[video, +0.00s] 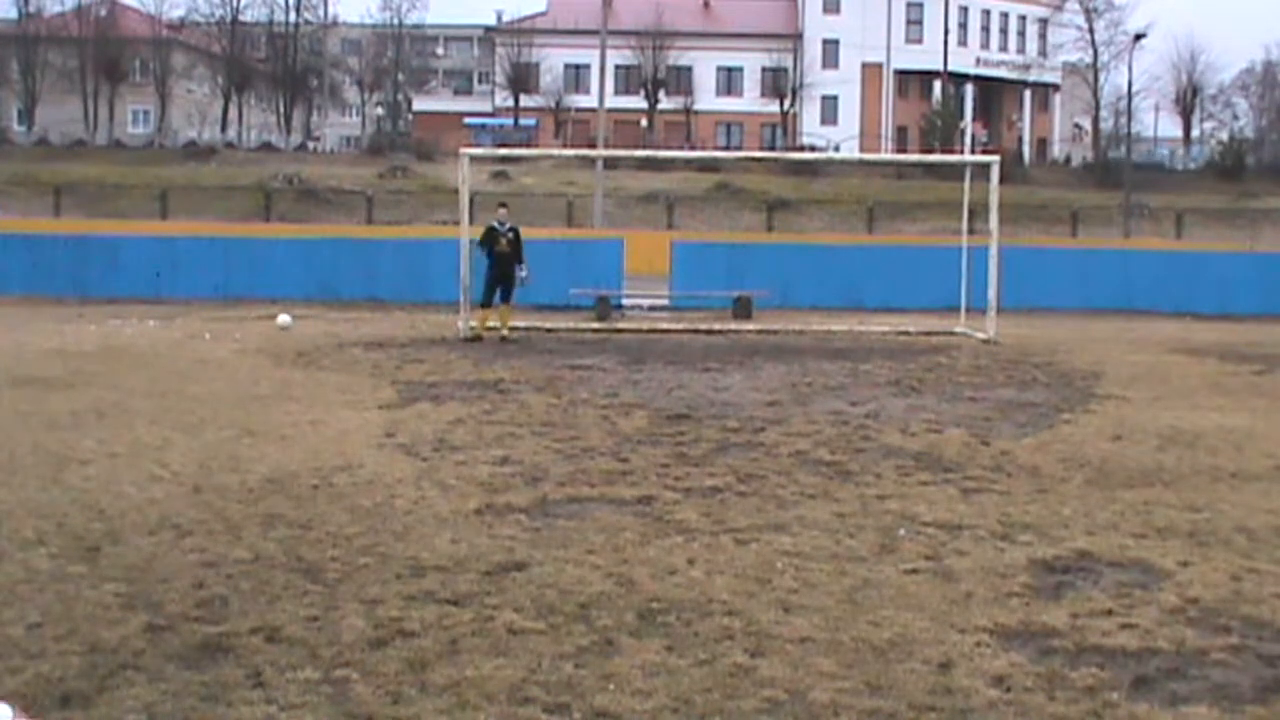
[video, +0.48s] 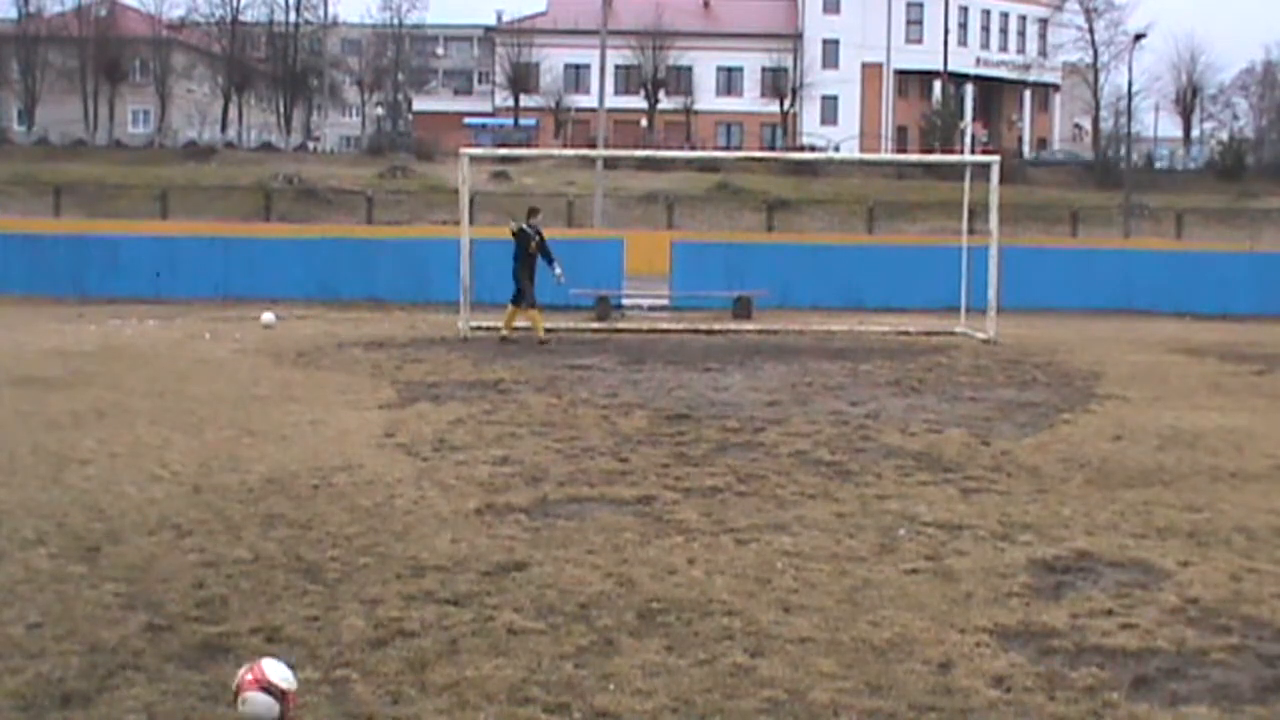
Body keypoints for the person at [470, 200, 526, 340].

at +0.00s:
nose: (503, 216)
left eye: (505, 213)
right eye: (500, 213)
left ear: (508, 214)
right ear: (496, 214)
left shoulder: (514, 231)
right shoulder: (491, 230)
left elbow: (518, 250)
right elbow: (482, 244)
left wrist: (521, 265)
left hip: (509, 268)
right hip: (494, 268)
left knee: (506, 300)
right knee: (487, 300)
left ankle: (504, 327)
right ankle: (481, 328)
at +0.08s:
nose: (507, 215)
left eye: (509, 212)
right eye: (504, 212)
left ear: (512, 214)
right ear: (500, 214)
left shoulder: (517, 231)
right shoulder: (495, 230)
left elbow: (523, 250)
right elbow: (496, 246)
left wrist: (527, 265)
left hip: (512, 268)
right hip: (498, 268)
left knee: (508, 301)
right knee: (490, 300)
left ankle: (504, 329)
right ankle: (483, 329)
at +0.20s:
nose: (516, 215)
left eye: (517, 212)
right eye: (513, 212)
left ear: (519, 214)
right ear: (507, 213)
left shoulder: (523, 230)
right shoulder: (503, 229)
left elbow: (530, 249)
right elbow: (497, 232)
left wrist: (535, 264)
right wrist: (496, 227)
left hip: (517, 268)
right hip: (504, 267)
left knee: (511, 301)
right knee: (500, 301)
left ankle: (505, 329)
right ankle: (497, 329)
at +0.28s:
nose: (523, 215)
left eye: (524, 213)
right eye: (521, 212)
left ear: (524, 214)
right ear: (514, 214)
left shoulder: (527, 230)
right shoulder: (508, 229)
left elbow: (533, 250)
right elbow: (501, 232)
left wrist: (541, 265)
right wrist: (502, 226)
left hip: (521, 266)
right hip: (508, 266)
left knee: (513, 301)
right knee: (509, 301)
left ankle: (507, 331)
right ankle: (505, 332)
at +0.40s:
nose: (533, 219)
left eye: (533, 216)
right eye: (531, 216)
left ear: (532, 218)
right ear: (525, 216)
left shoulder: (532, 232)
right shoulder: (516, 230)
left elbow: (540, 250)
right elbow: (510, 233)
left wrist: (549, 266)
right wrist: (509, 228)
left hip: (526, 267)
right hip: (515, 267)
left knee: (515, 300)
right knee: (522, 298)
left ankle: (505, 329)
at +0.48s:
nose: (539, 221)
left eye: (539, 218)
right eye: (537, 218)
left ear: (536, 218)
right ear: (532, 218)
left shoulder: (538, 234)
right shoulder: (521, 231)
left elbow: (545, 251)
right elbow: (517, 235)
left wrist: (555, 268)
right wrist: (515, 230)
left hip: (530, 270)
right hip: (521, 269)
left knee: (517, 301)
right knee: (530, 301)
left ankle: (505, 329)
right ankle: (540, 333)